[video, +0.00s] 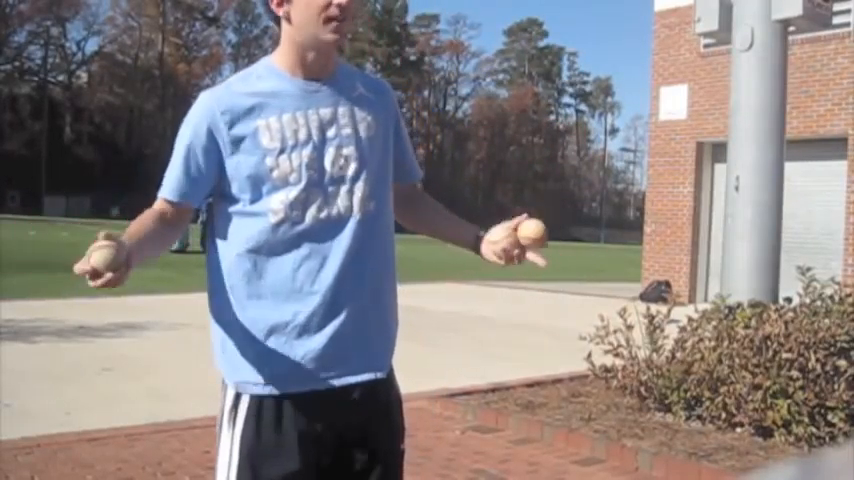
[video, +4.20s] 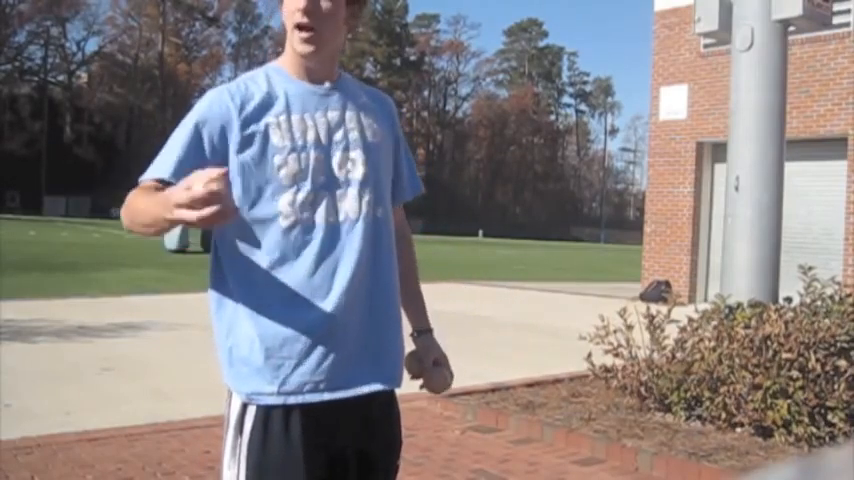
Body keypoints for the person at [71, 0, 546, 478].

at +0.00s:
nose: (339, 3)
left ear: (358, 10)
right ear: (280, 8)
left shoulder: (376, 99)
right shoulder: (223, 107)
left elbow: (406, 198)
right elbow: (170, 211)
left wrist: (481, 239)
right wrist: (123, 249)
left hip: (368, 379)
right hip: (271, 386)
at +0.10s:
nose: (346, 4)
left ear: (357, 10)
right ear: (284, 7)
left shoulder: (374, 100)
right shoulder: (221, 108)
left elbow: (397, 204)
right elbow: (176, 223)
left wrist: (440, 241)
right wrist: (183, 258)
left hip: (365, 373)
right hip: (267, 380)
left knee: (375, 469)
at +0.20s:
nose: (344, 5)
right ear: (282, 7)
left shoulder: (372, 99)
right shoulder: (222, 107)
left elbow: (401, 207)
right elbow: (181, 228)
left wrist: (404, 240)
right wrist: (238, 257)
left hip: (364, 377)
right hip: (267, 383)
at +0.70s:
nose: (300, 8)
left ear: (339, 10)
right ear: (269, 10)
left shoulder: (377, 108)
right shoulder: (220, 112)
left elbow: (406, 212)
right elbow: (174, 235)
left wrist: (456, 284)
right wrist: (250, 225)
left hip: (360, 381)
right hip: (260, 385)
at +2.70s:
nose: (305, 7)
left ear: (339, 10)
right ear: (266, 9)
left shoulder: (373, 109)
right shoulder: (216, 111)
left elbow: (408, 219)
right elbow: (169, 239)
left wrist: (472, 310)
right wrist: (260, 203)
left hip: (360, 383)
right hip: (261, 388)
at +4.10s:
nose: (319, 8)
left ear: (351, 14)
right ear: (280, 9)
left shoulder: (371, 107)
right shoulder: (232, 107)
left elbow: (389, 221)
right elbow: (155, 223)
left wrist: (423, 326)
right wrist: (228, 254)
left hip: (369, 381)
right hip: (277, 391)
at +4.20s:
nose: (306, 9)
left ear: (351, 14)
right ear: (281, 8)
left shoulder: (378, 111)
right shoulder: (230, 106)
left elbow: (395, 226)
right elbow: (133, 211)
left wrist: (422, 333)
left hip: (369, 383)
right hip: (273, 390)